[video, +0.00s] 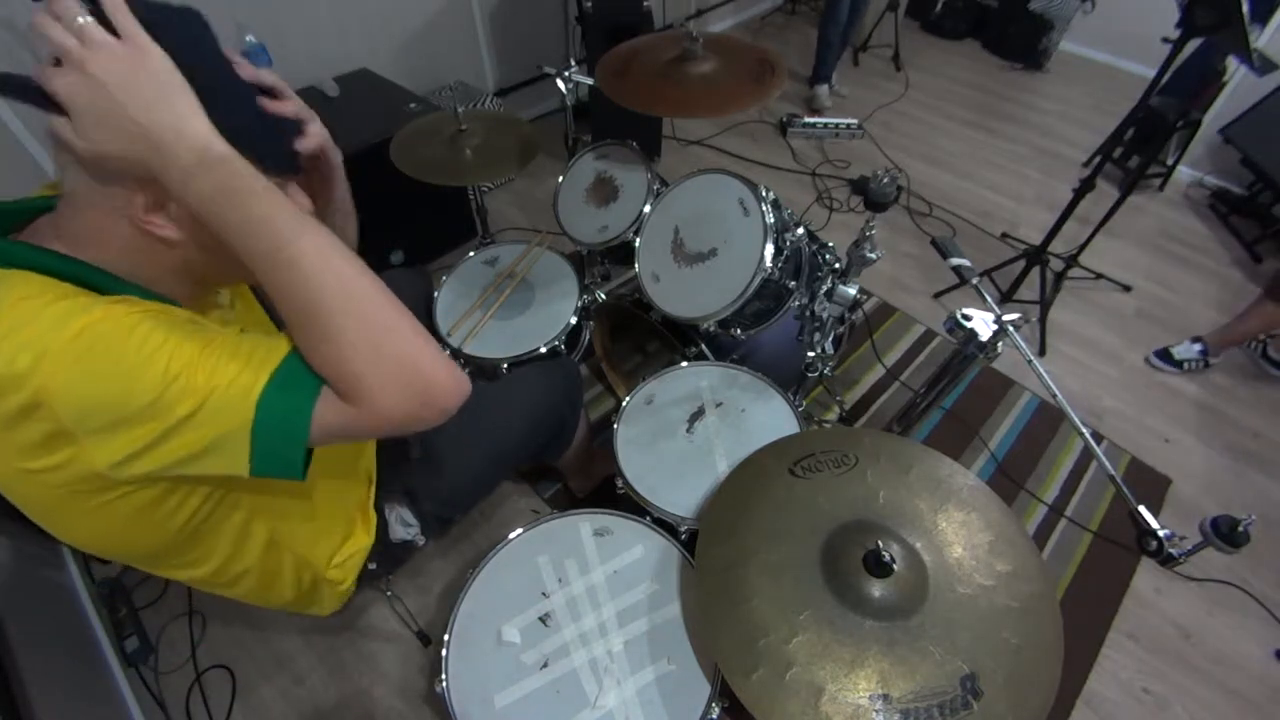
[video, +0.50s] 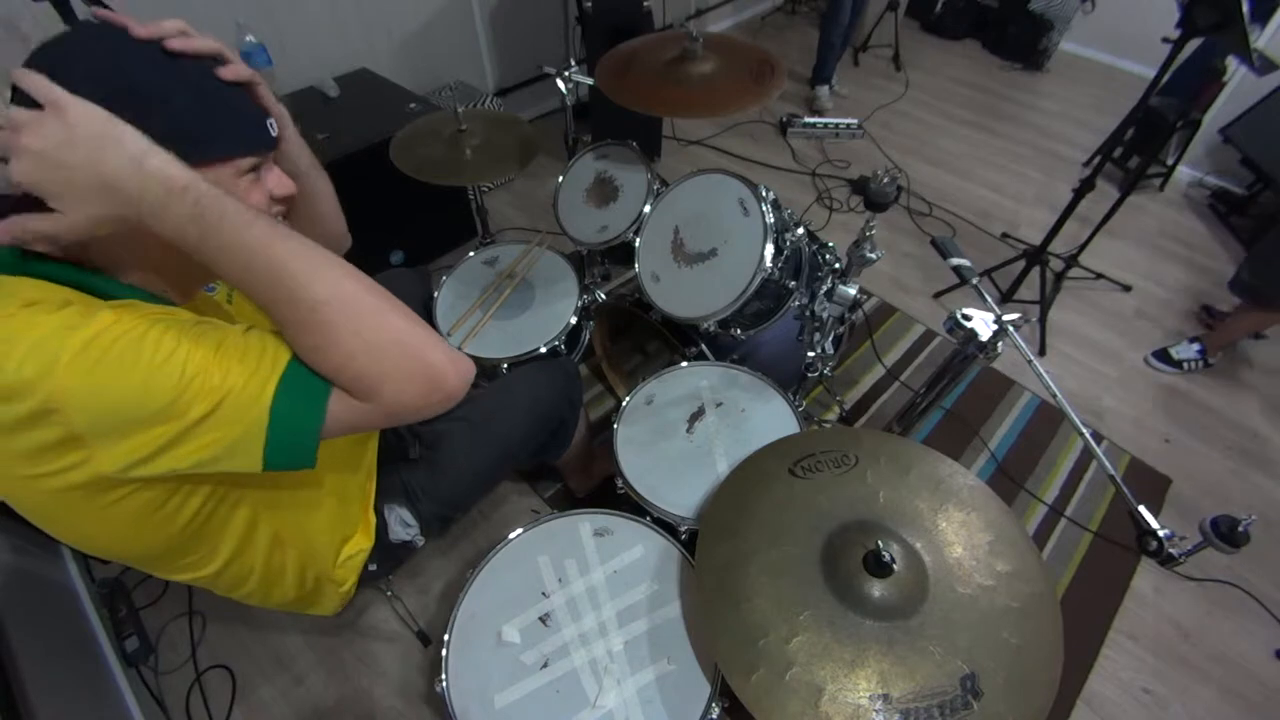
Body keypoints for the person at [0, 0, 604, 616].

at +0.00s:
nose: (292, 208)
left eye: (287, 187)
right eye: (272, 195)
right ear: (161, 217)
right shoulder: (78, 366)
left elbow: (318, 287)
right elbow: (425, 391)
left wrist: (327, 184)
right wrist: (190, 156)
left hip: (269, 364)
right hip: (341, 503)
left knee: (488, 277)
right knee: (553, 376)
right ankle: (575, 470)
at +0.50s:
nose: (283, 188)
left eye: (268, 160)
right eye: (245, 175)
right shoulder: (72, 368)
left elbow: (323, 246)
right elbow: (431, 379)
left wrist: (263, 108)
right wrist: (155, 191)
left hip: (265, 355)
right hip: (339, 503)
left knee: (486, 277)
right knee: (552, 378)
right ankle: (572, 470)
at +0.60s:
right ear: (28, 180)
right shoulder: (51, 371)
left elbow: (320, 249)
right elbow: (429, 385)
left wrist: (253, 118)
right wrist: (187, 174)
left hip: (285, 343)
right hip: (340, 499)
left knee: (496, 274)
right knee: (551, 375)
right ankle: (574, 471)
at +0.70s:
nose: (256, 204)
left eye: (243, 179)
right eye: (231, 185)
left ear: (140, 195)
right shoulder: (92, 383)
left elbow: (288, 257)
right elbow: (416, 422)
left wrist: (272, 134)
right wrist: (272, 156)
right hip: (348, 507)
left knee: (473, 273)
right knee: (552, 377)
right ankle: (577, 469)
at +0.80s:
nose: (250, 196)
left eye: (248, 177)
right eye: (236, 176)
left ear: (137, 190)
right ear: (142, 189)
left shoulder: (78, 251)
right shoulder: (112, 392)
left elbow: (262, 297)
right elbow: (388, 461)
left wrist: (277, 183)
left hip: (279, 393)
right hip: (349, 516)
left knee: (426, 292)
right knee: (554, 375)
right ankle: (567, 472)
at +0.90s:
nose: (232, 172)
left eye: (223, 151)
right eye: (214, 154)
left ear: (128, 182)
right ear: (132, 180)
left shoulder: (73, 263)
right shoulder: (134, 390)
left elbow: (221, 321)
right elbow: (363, 463)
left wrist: (332, 241)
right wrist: (453, 302)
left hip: (271, 399)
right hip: (350, 523)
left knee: (420, 283)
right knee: (555, 376)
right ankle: (574, 471)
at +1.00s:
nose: (205, 146)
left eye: (194, 123)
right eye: (190, 128)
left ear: (119, 171)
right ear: (127, 168)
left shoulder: (40, 274)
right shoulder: (162, 369)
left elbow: (210, 338)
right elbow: (354, 446)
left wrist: (356, 296)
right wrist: (451, 337)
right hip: (337, 526)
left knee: (421, 305)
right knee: (559, 377)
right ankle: (573, 476)